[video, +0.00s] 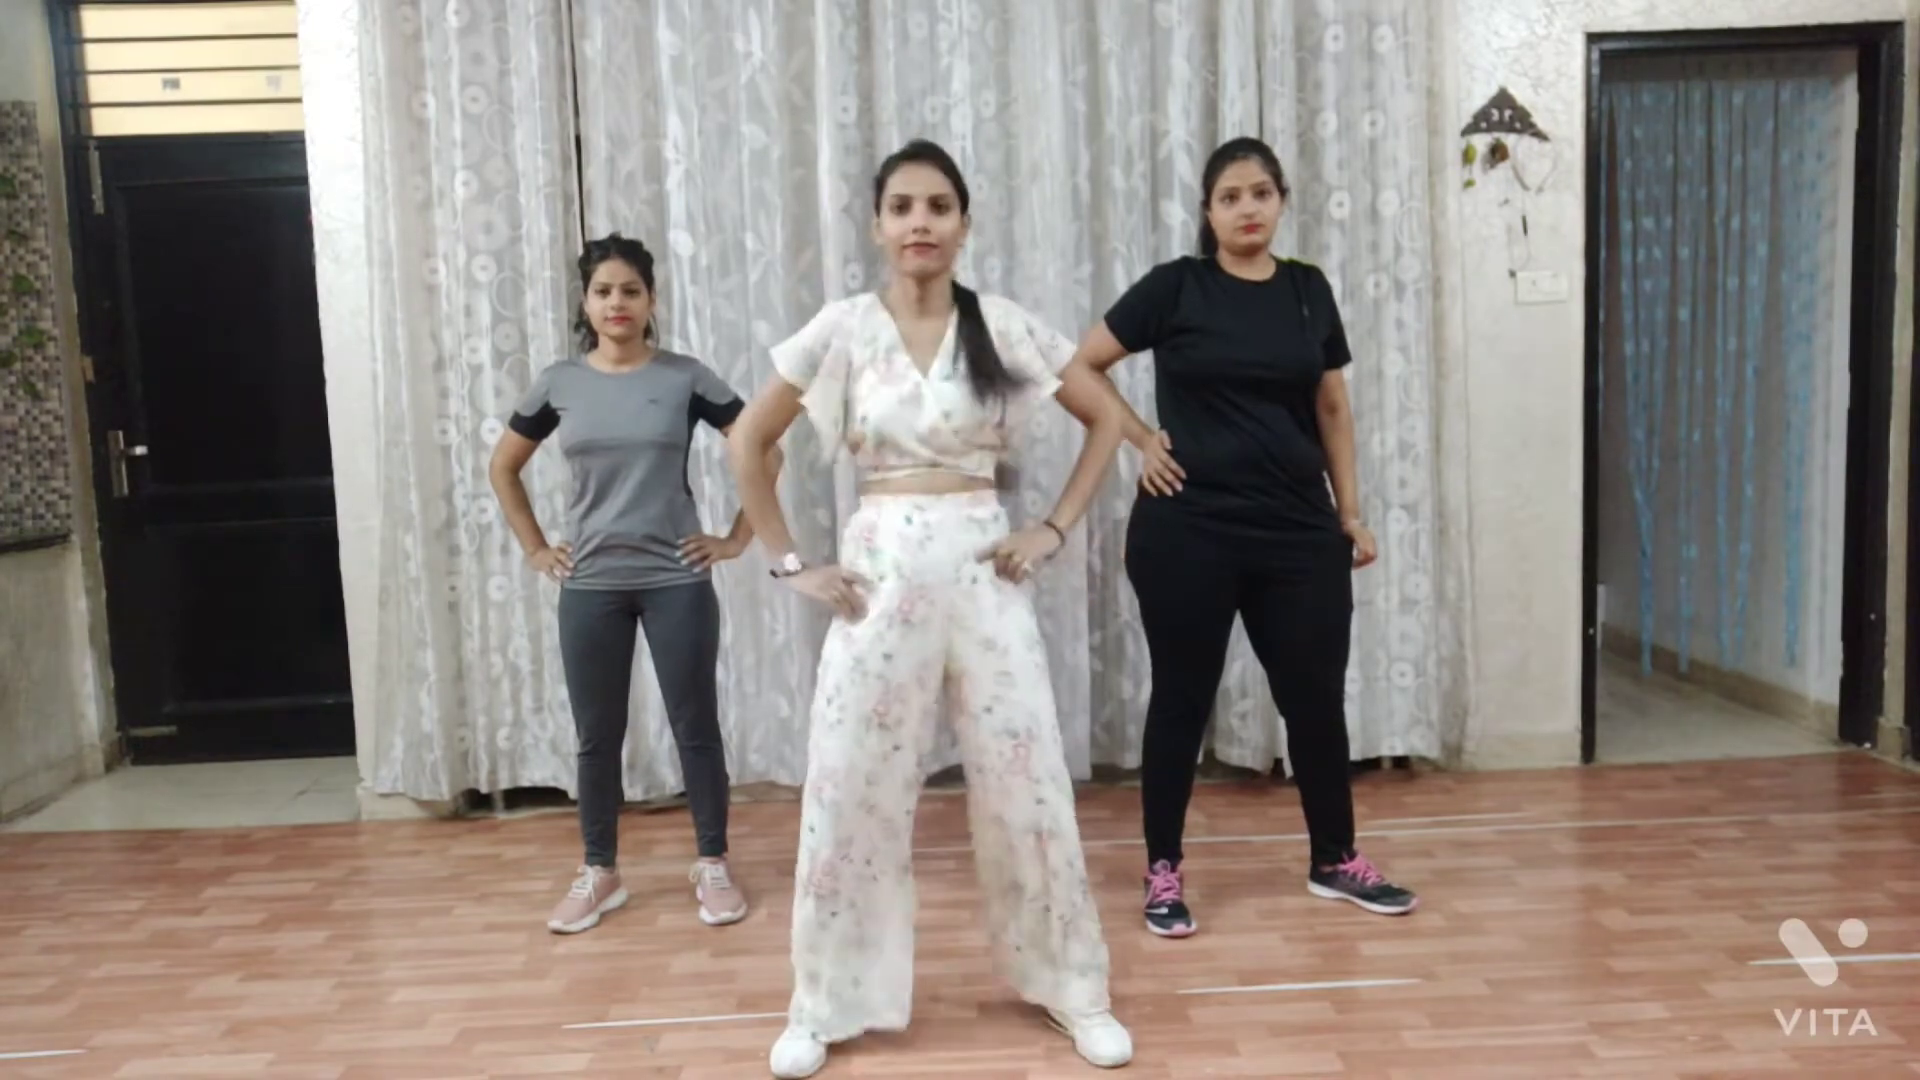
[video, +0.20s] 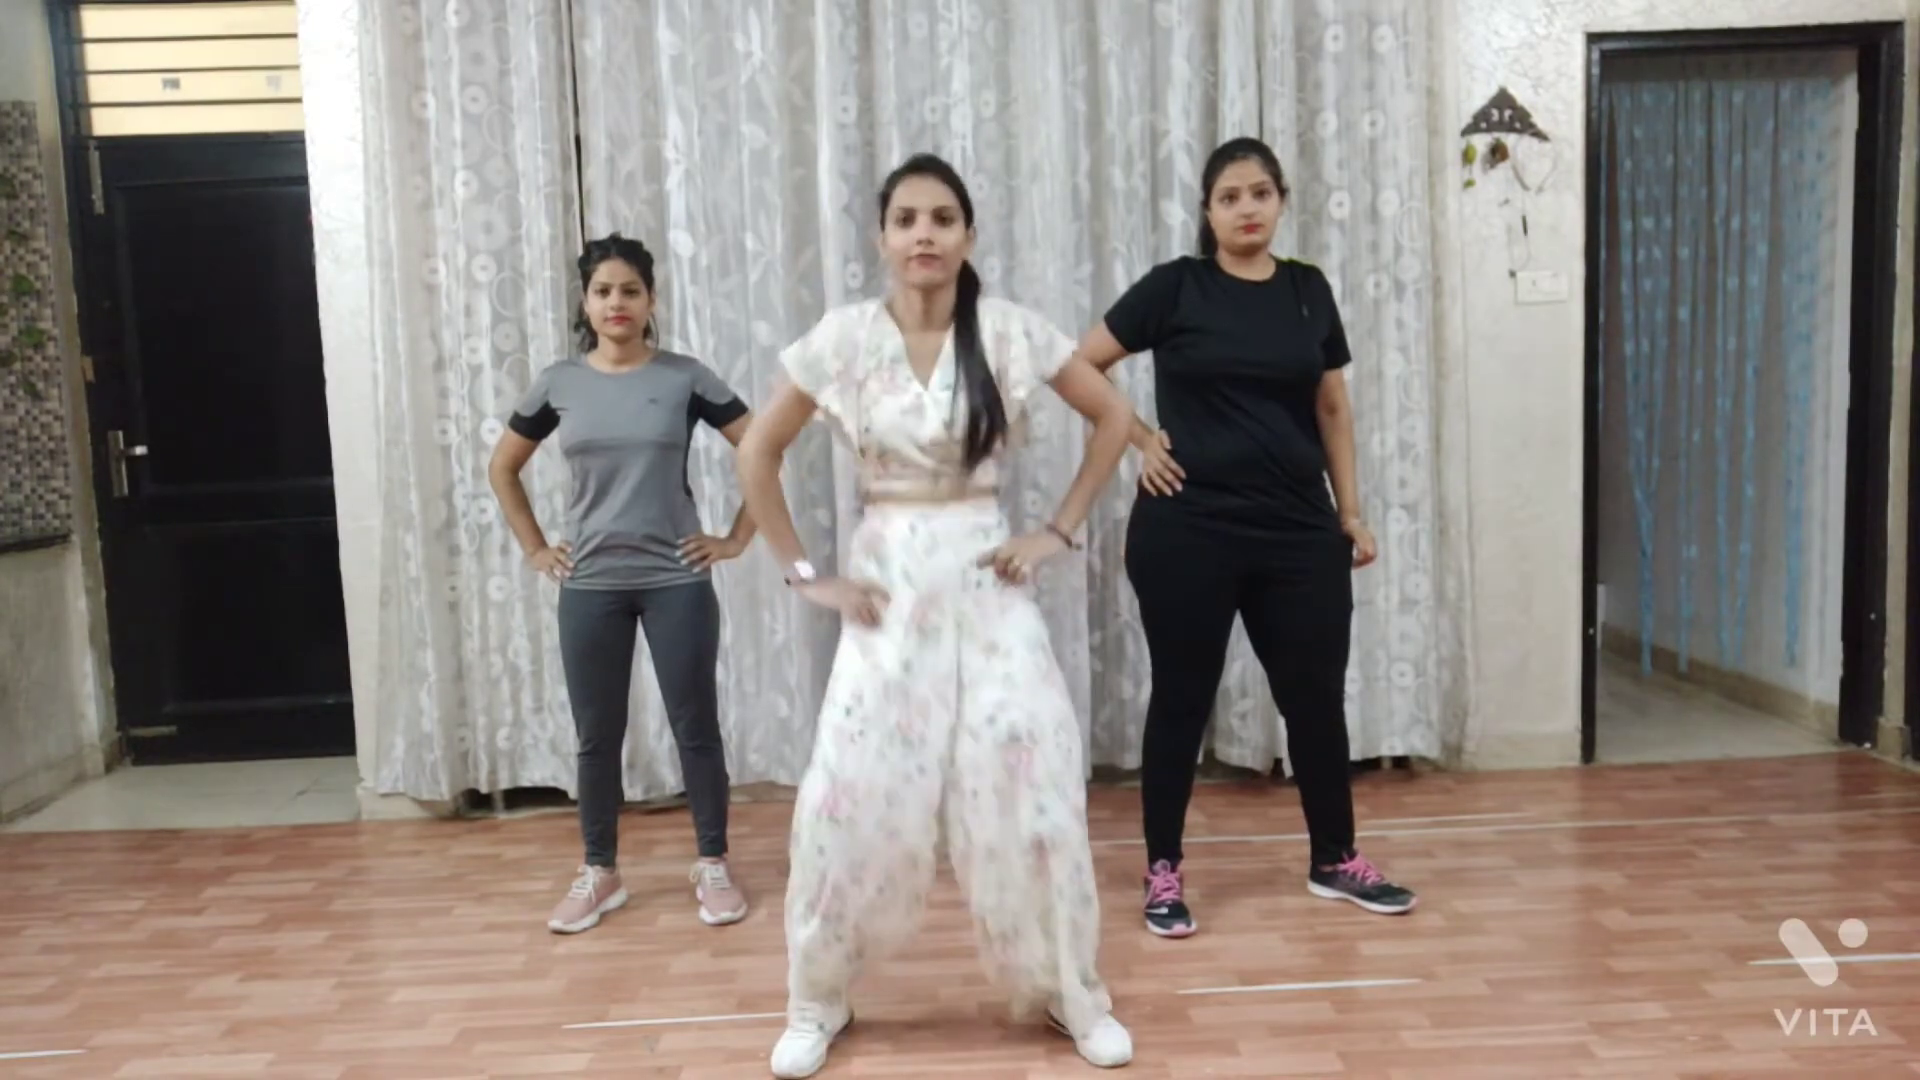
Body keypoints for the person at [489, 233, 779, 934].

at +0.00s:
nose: (617, 303)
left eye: (630, 290)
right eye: (603, 291)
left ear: (651, 300)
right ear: (585, 302)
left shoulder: (686, 379)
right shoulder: (559, 383)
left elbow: (767, 450)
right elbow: (503, 466)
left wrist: (738, 535)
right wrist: (537, 548)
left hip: (676, 574)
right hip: (591, 580)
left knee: (696, 726)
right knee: (597, 736)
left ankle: (712, 866)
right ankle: (599, 871)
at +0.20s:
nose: (617, 303)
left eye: (630, 291)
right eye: (604, 292)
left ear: (650, 301)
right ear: (585, 303)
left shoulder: (686, 378)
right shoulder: (558, 385)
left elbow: (764, 451)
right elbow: (503, 467)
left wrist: (737, 538)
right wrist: (537, 549)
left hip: (676, 574)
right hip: (591, 579)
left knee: (695, 725)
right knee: (596, 736)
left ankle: (713, 866)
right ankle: (599, 872)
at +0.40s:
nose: (616, 302)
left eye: (629, 290)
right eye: (603, 291)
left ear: (651, 300)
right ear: (584, 302)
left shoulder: (686, 378)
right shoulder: (558, 384)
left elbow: (766, 455)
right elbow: (502, 468)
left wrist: (736, 538)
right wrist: (537, 549)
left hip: (675, 574)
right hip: (590, 579)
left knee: (695, 727)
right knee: (596, 736)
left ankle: (712, 866)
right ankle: (599, 872)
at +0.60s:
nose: (615, 302)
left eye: (629, 290)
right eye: (602, 290)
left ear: (650, 301)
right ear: (584, 302)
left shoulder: (685, 379)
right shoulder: (558, 385)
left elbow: (769, 457)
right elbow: (503, 469)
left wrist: (737, 538)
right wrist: (538, 549)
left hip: (675, 576)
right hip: (589, 581)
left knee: (694, 726)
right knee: (595, 736)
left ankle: (713, 865)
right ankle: (599, 872)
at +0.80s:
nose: (616, 302)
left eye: (629, 290)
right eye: (602, 290)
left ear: (650, 300)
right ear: (584, 302)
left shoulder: (685, 381)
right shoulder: (558, 384)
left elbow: (764, 452)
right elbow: (502, 468)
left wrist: (739, 536)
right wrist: (537, 548)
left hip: (674, 575)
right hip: (589, 580)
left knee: (694, 728)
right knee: (596, 738)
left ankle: (713, 865)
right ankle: (599, 872)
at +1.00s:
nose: (617, 302)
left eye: (630, 291)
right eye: (604, 291)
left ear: (650, 301)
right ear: (586, 303)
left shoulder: (686, 379)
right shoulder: (558, 384)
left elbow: (764, 453)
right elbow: (503, 468)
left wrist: (728, 533)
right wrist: (536, 549)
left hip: (674, 575)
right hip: (589, 580)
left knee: (693, 726)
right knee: (595, 737)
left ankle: (713, 865)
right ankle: (599, 872)